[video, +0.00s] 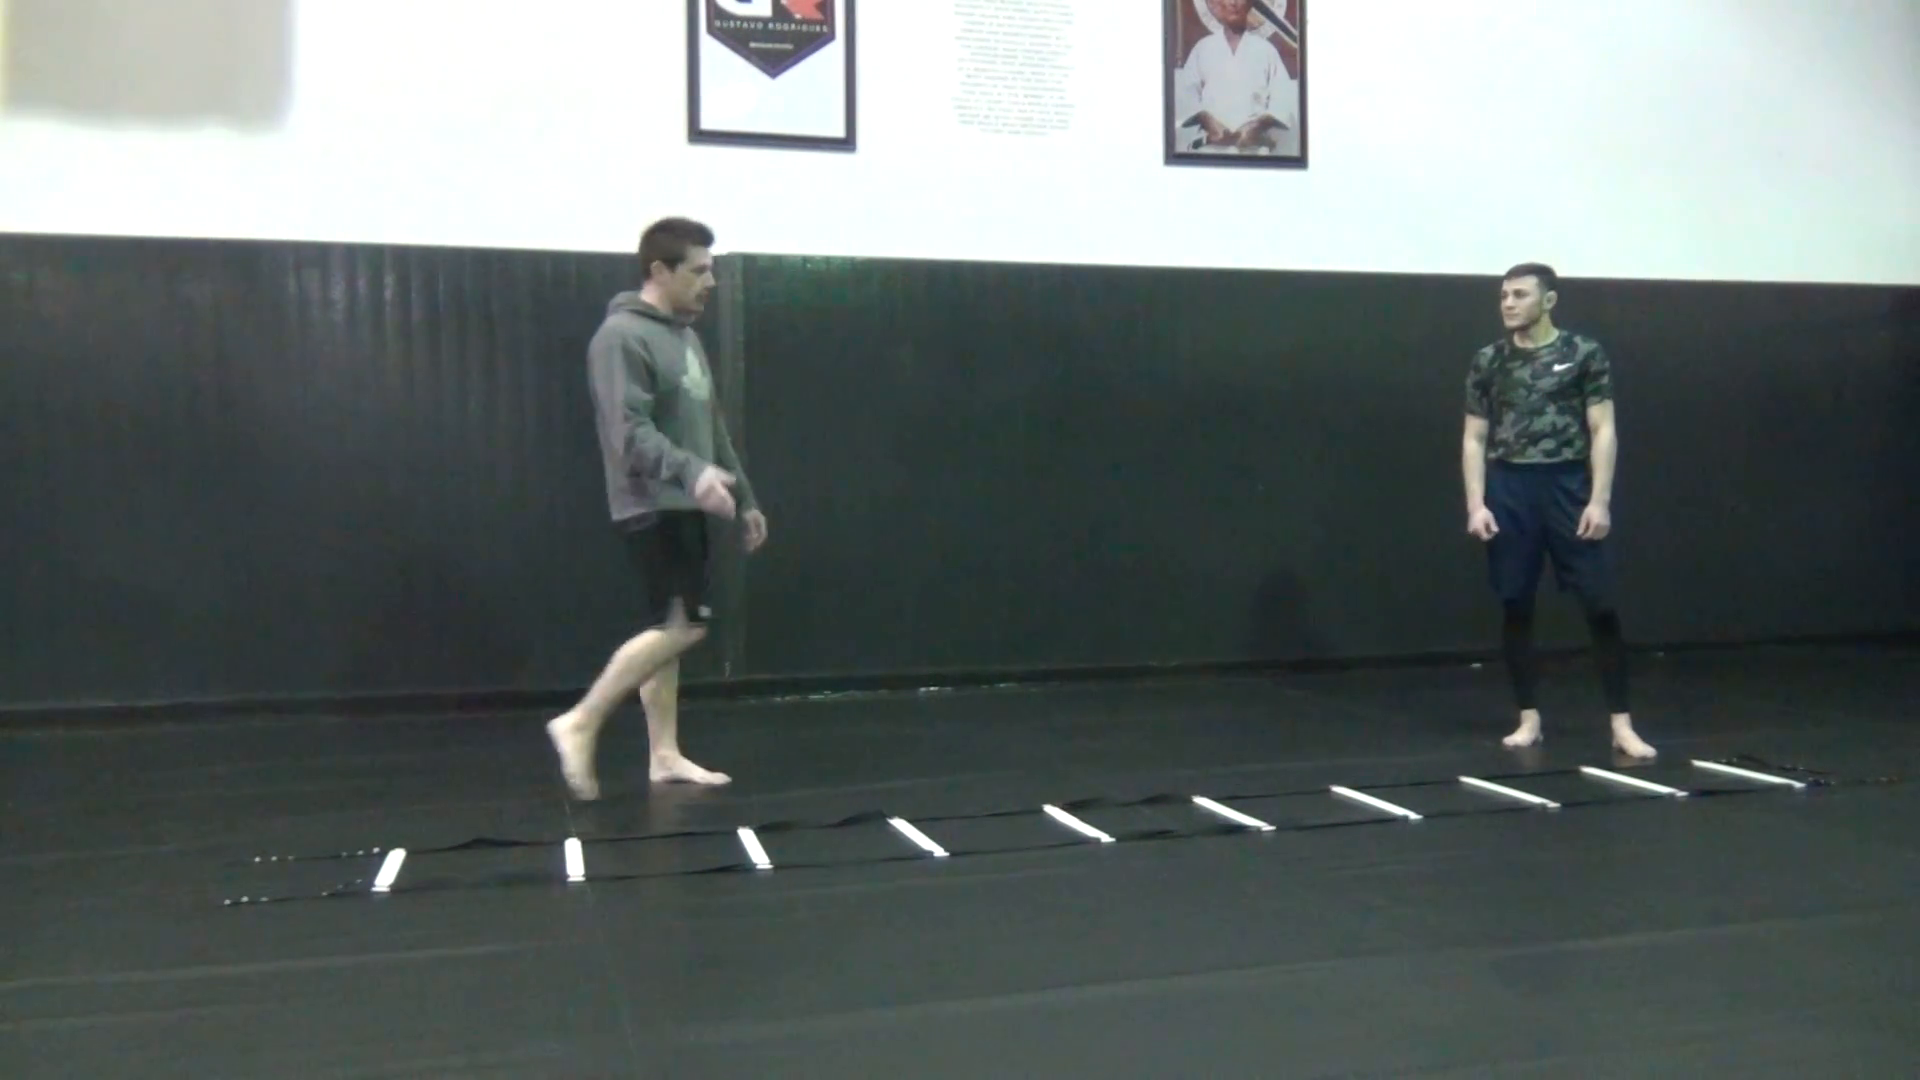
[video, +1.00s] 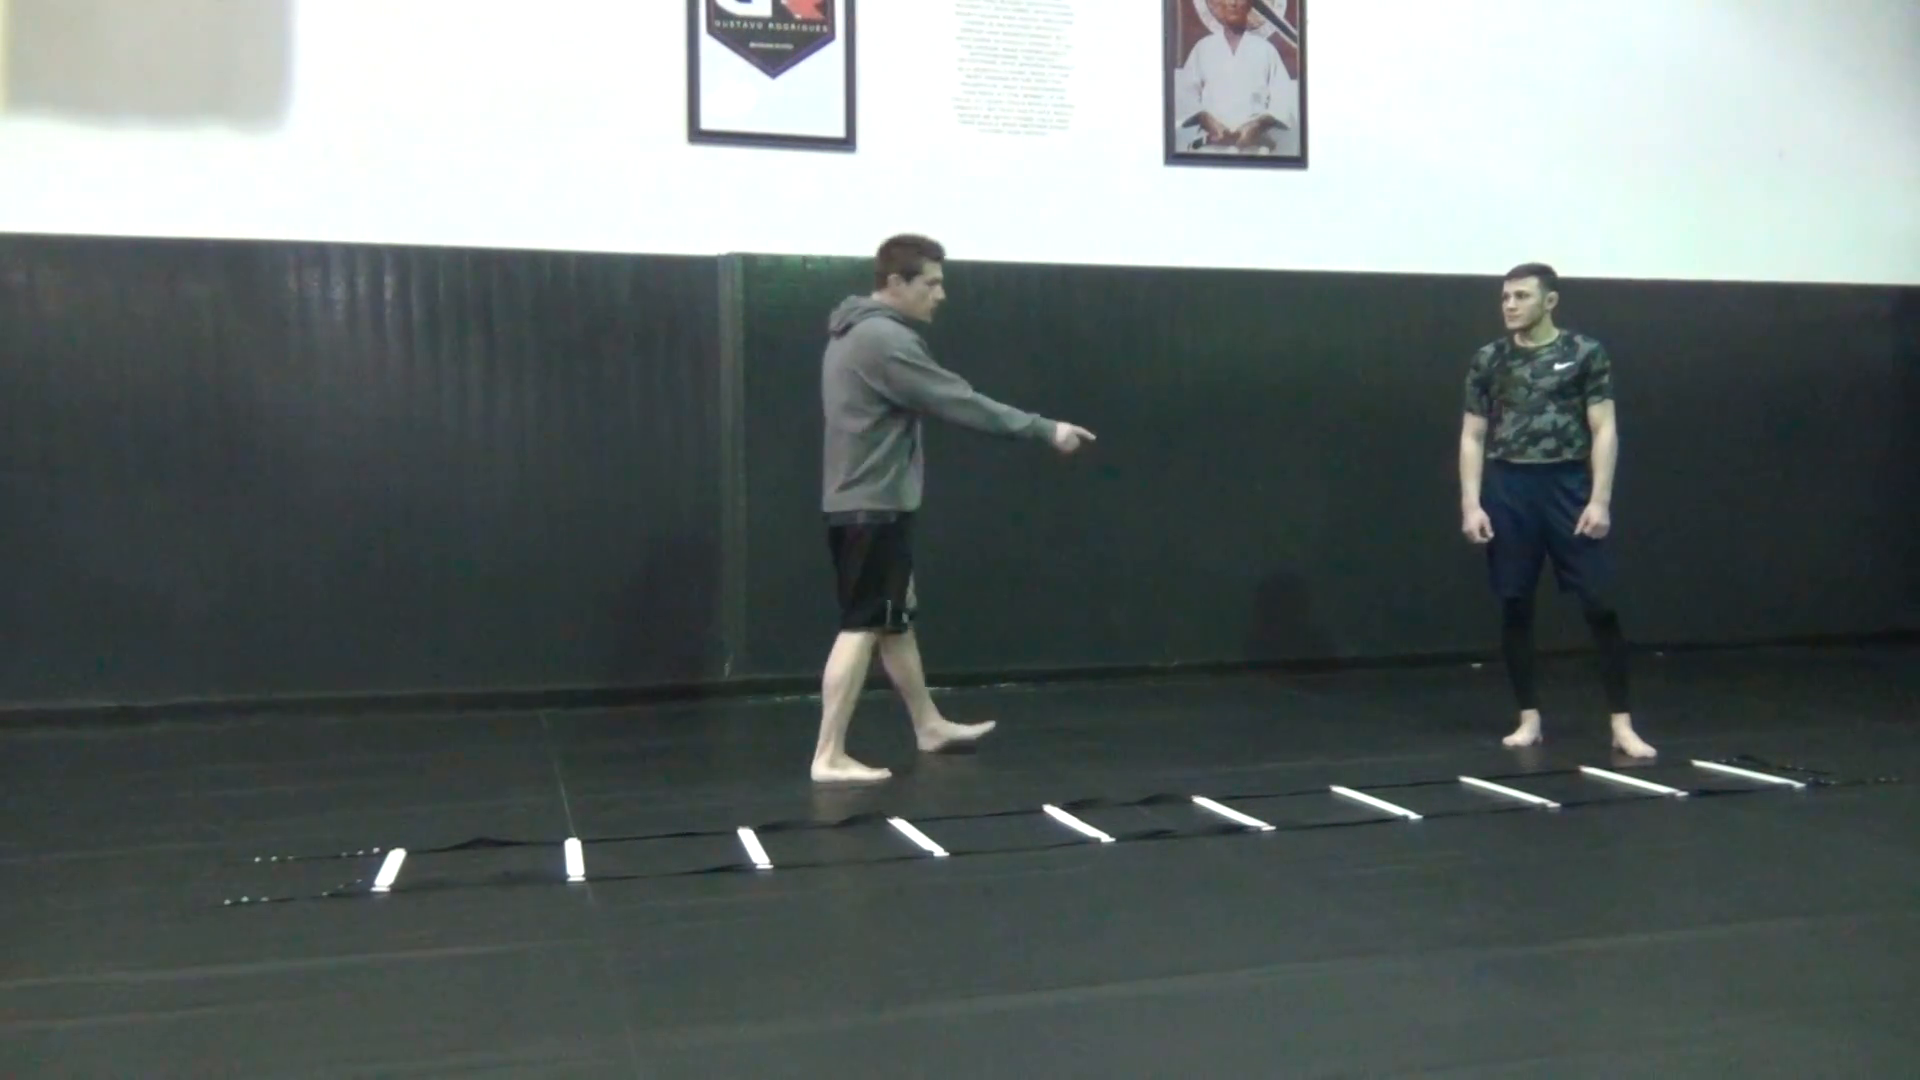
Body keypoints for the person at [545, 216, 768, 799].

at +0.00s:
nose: (710, 282)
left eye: (710, 270)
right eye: (700, 270)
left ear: (675, 273)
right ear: (658, 270)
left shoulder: (685, 338)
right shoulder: (619, 336)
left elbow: (713, 431)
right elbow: (629, 433)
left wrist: (743, 502)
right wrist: (692, 473)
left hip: (688, 501)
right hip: (650, 505)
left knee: (672, 628)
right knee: (686, 622)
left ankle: (665, 756)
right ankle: (577, 724)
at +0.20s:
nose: (759, 280)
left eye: (759, 268)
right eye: (750, 268)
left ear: (716, 270)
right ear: (711, 269)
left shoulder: (719, 332)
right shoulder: (676, 334)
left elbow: (738, 427)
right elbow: (669, 433)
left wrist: (770, 491)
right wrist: (672, 522)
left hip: (709, 503)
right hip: (701, 505)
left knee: (679, 627)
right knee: (752, 616)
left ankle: (666, 752)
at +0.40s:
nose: (809, 286)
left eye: (809, 274)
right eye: (801, 275)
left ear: (763, 278)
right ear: (764, 277)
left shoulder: (752, 335)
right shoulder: (734, 340)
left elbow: (755, 435)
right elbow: (721, 438)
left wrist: (779, 508)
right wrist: (720, 527)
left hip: (739, 509)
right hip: (751, 512)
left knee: (702, 634)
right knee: (787, 631)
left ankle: (668, 751)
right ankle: (821, 755)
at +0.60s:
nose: (859, 289)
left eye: (860, 277)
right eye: (852, 277)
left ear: (810, 278)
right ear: (815, 277)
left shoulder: (769, 330)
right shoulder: (801, 340)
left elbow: (771, 435)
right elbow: (808, 444)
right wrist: (837, 526)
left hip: (762, 509)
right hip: (793, 511)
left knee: (769, 626)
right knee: (821, 631)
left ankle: (706, 720)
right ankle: (827, 760)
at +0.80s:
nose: (901, 292)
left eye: (902, 281)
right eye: (894, 280)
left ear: (854, 279)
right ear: (856, 277)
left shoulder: (809, 326)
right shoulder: (841, 335)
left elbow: (814, 419)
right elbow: (896, 418)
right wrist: (971, 472)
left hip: (816, 500)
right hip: (837, 504)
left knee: (854, 612)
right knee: (848, 622)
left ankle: (812, 708)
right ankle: (828, 757)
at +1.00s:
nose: (940, 296)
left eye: (941, 285)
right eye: (932, 284)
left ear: (892, 285)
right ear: (894, 282)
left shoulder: (856, 331)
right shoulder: (883, 339)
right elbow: (958, 401)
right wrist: (1046, 429)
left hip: (869, 505)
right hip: (871, 508)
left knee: (894, 618)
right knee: (863, 624)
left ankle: (930, 727)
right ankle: (829, 757)